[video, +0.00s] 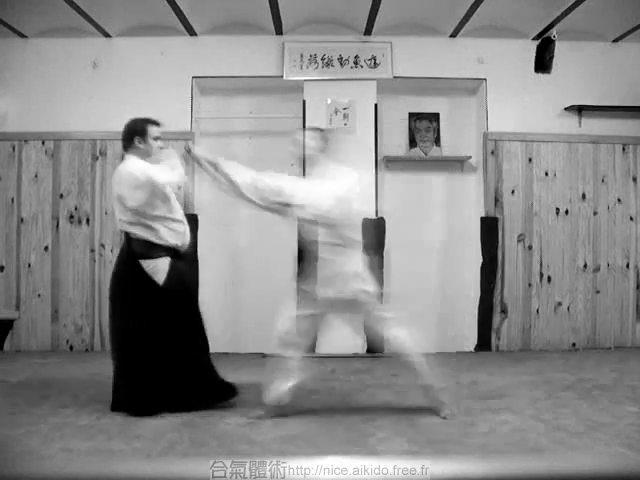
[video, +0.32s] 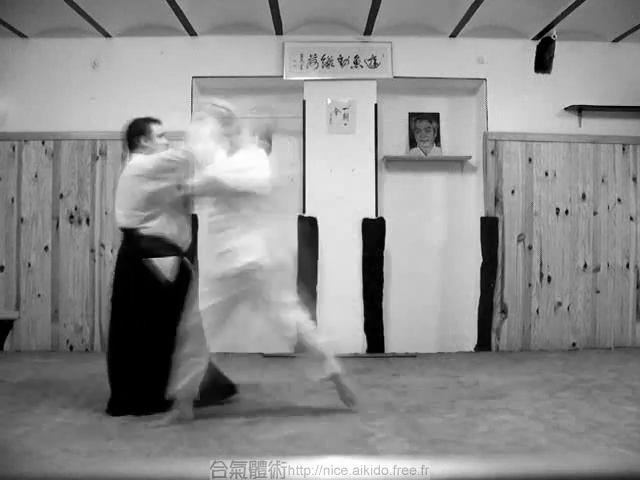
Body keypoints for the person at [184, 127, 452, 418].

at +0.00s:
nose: (299, 155)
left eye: (304, 149)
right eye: (298, 149)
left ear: (319, 149)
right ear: (301, 152)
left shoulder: (340, 180)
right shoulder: (301, 187)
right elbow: (254, 185)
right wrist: (210, 163)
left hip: (348, 277)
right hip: (315, 277)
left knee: (389, 332)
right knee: (293, 336)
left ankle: (435, 392)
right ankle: (277, 399)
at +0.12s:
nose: (259, 130)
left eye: (265, 123)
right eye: (258, 124)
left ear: (282, 127)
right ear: (261, 131)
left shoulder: (303, 157)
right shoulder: (256, 165)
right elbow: (222, 162)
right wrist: (195, 139)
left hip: (317, 256)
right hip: (282, 259)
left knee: (345, 323)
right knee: (259, 321)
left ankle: (369, 390)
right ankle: (270, 393)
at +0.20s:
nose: (248, 123)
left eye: (255, 118)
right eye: (248, 118)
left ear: (271, 123)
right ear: (249, 127)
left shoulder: (287, 146)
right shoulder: (243, 158)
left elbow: (280, 182)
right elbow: (210, 154)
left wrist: (233, 187)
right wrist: (196, 130)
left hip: (295, 251)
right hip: (263, 255)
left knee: (323, 318)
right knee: (236, 319)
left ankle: (354, 388)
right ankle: (266, 385)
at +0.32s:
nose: (197, 130)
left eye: (203, 123)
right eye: (197, 124)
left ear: (224, 125)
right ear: (213, 129)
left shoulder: (250, 153)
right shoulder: (212, 159)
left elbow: (258, 181)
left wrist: (202, 184)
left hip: (249, 254)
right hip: (217, 258)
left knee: (286, 315)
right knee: (196, 325)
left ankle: (331, 367)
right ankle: (185, 401)